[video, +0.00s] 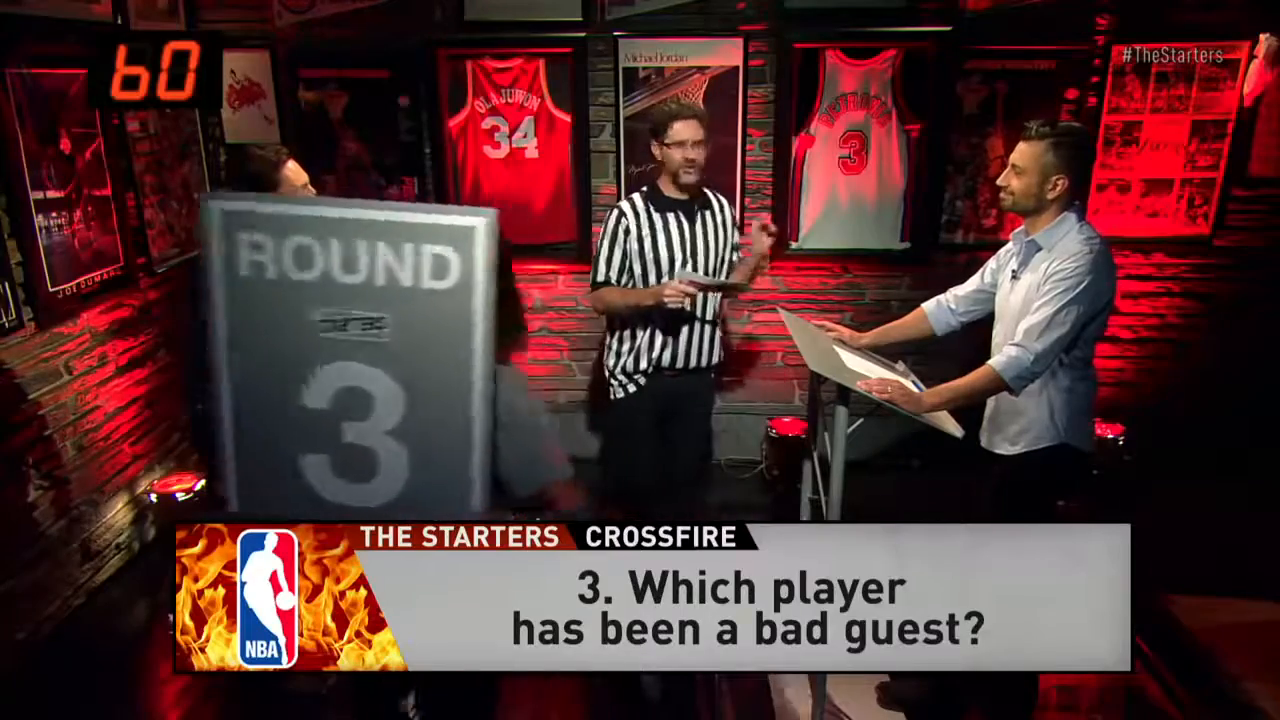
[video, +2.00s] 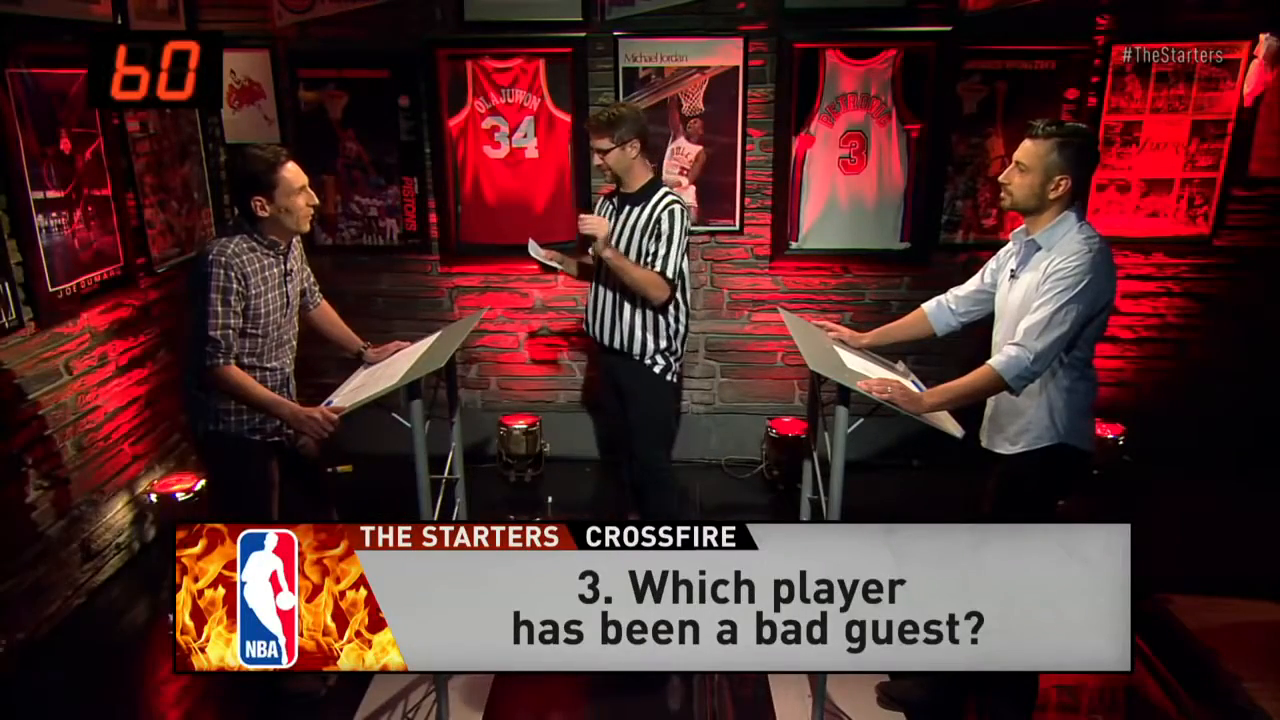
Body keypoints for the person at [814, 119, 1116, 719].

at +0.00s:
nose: (1002, 178)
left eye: (1016, 172)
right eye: (1006, 166)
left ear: (1056, 189)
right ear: (1043, 186)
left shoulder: (1082, 259)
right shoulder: (1025, 244)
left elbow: (1024, 359)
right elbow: (954, 306)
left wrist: (928, 398)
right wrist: (867, 339)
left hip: (1043, 446)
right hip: (1000, 433)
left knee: (1008, 579)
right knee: (973, 562)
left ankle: (1000, 703)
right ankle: (940, 684)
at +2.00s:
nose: (1005, 175)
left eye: (1020, 169)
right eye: (1010, 164)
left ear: (1058, 188)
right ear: (1047, 185)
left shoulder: (1083, 259)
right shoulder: (1025, 243)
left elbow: (1023, 360)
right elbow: (955, 306)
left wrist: (927, 398)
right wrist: (868, 339)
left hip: (1043, 446)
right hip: (1003, 434)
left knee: (1007, 580)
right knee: (979, 565)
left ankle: (1000, 705)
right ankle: (942, 684)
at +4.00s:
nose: (1007, 172)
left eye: (1023, 167)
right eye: (1013, 161)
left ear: (1059, 188)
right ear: (1048, 183)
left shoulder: (1082, 259)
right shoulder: (1024, 244)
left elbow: (1022, 361)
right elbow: (954, 307)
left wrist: (927, 398)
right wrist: (868, 339)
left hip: (1041, 444)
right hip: (1000, 432)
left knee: (1007, 577)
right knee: (977, 562)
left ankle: (997, 702)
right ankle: (942, 679)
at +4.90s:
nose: (1004, 175)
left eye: (1019, 169)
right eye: (1009, 164)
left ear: (1057, 189)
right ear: (1044, 185)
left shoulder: (1082, 259)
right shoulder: (1024, 243)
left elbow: (1022, 361)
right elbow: (954, 307)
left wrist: (927, 398)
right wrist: (867, 339)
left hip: (1042, 445)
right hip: (999, 433)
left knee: (1006, 579)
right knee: (969, 560)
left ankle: (1000, 705)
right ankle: (940, 683)